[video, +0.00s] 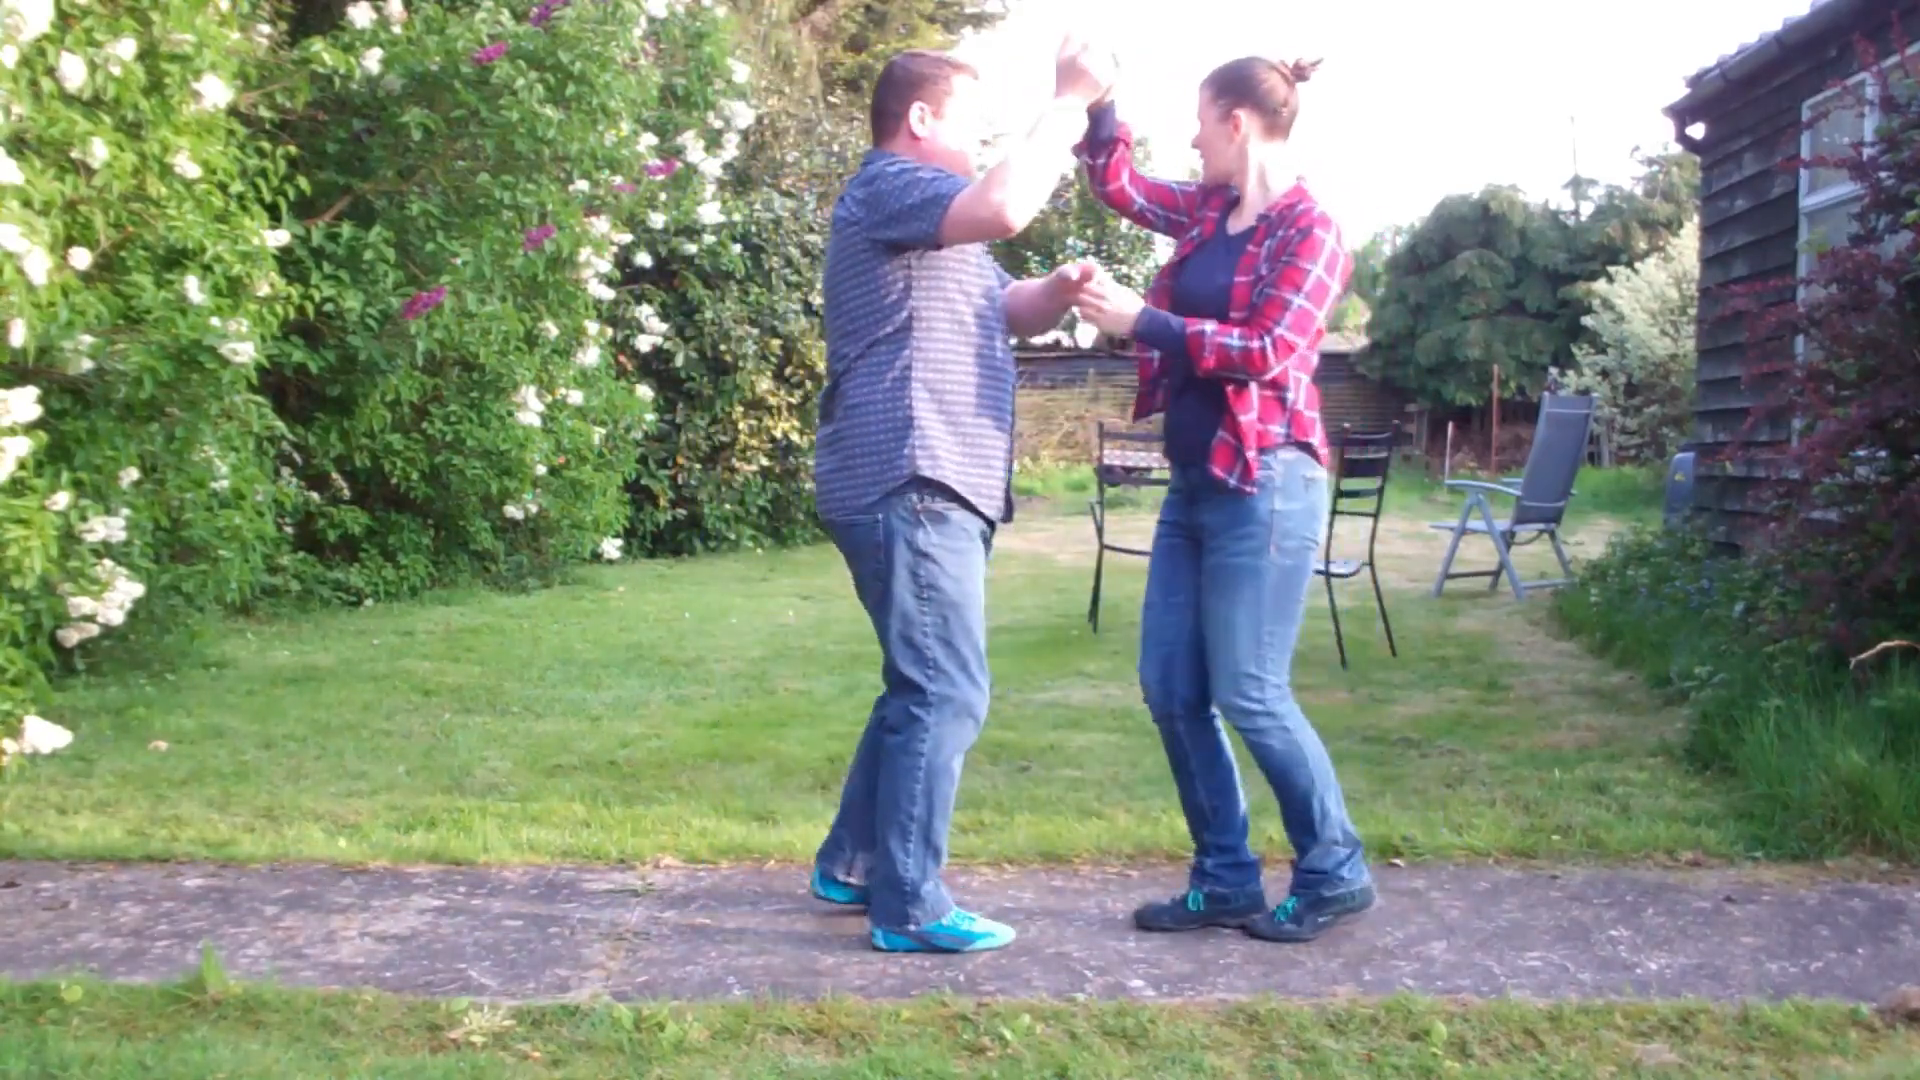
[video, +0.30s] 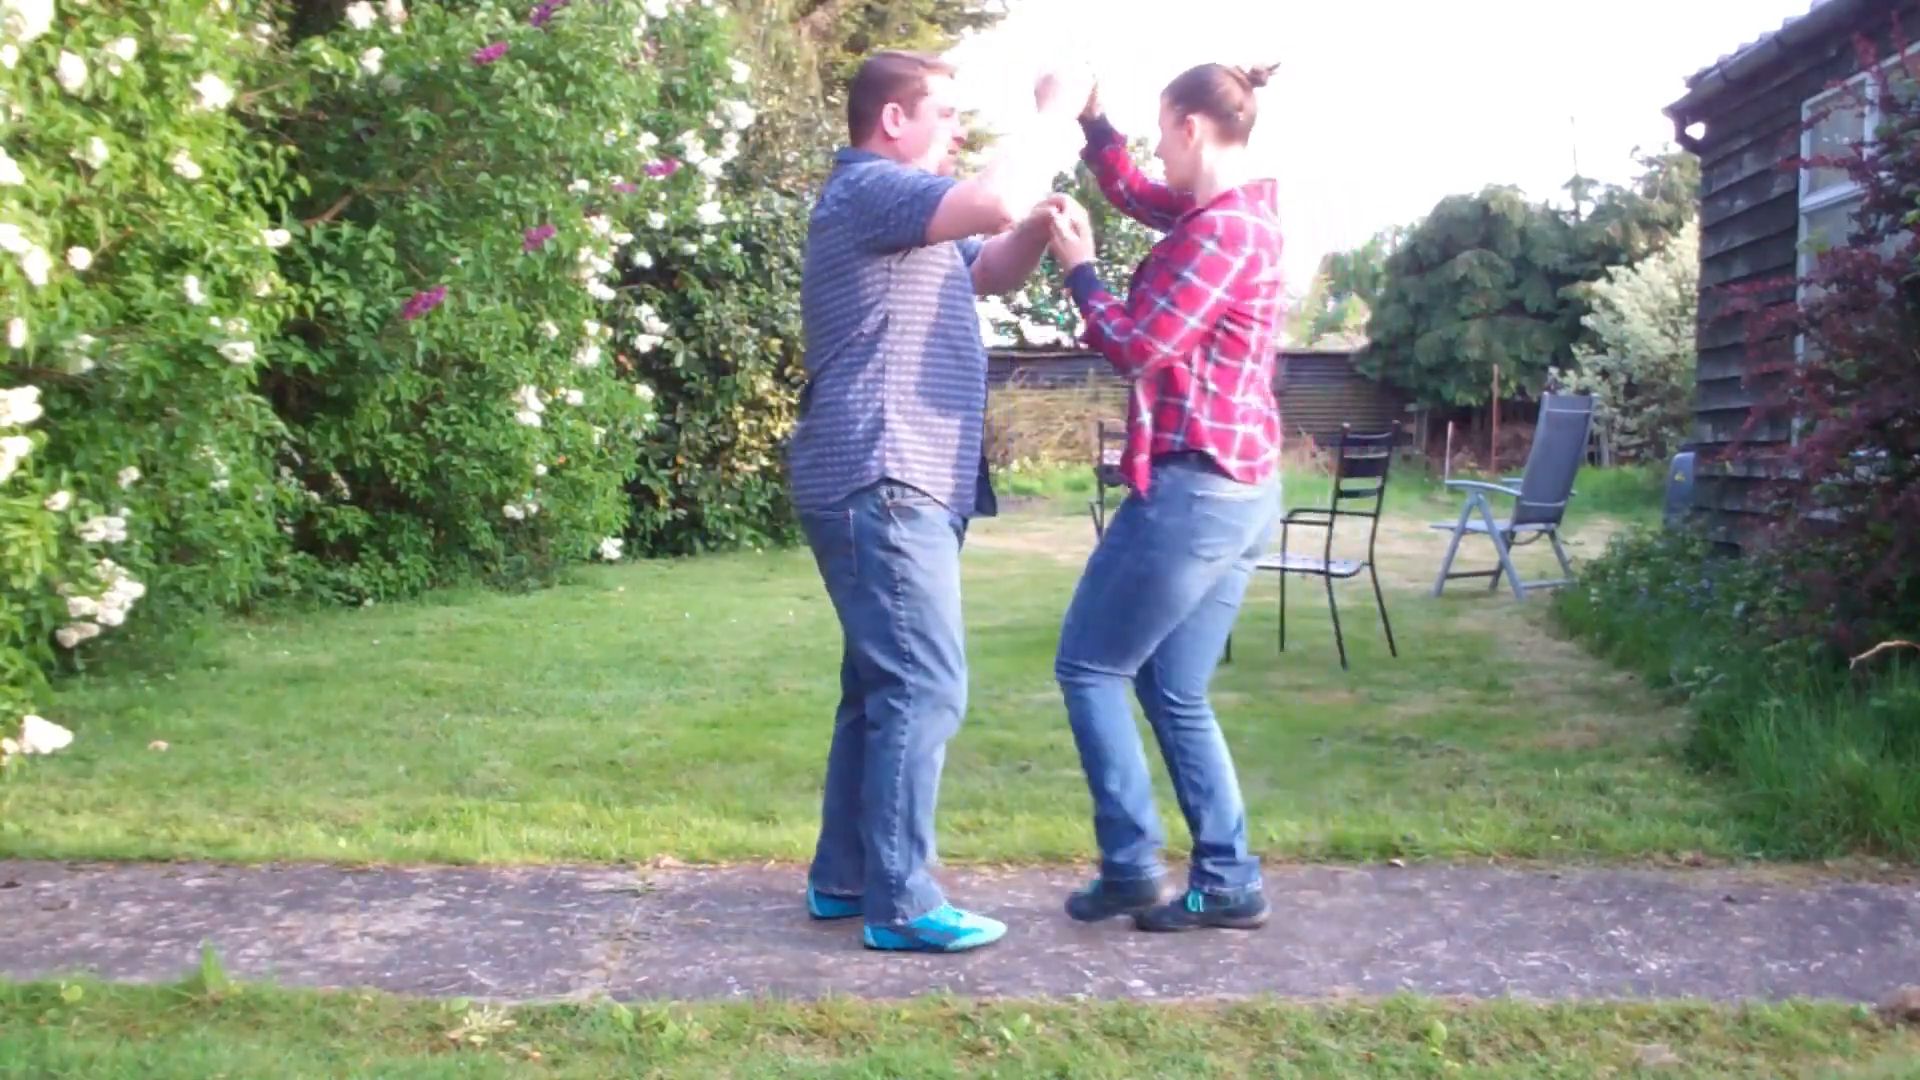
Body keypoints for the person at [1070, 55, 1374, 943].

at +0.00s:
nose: (1192, 140)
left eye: (1200, 124)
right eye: (1195, 125)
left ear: (1237, 124)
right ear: (1243, 126)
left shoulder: (1310, 229)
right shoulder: (1209, 210)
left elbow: (1269, 351)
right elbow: (1122, 186)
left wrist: (1143, 322)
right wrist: (1096, 103)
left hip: (1270, 480)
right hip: (1194, 482)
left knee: (1248, 687)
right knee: (1172, 684)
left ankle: (1335, 870)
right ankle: (1226, 880)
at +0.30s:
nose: (1156, 153)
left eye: (1162, 136)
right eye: (1159, 138)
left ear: (1191, 130)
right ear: (1224, 133)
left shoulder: (1217, 230)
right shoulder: (1250, 218)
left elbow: (1131, 346)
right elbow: (1132, 189)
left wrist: (1079, 267)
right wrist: (1088, 114)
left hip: (1191, 487)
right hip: (1244, 489)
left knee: (1089, 666)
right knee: (1176, 690)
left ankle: (1130, 864)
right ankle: (1229, 880)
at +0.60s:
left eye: (1111, 129)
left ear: (1112, 137)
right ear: (1192, 143)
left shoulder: (1081, 230)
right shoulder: (1210, 217)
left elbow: (1017, 298)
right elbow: (1235, 152)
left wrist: (1061, 203)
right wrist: (1172, 94)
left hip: (1111, 494)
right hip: (1214, 489)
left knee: (1074, 689)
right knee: (1165, 688)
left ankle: (1033, 874)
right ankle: (1219, 873)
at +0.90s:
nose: (1175, 149)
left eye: (1173, 134)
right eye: (1170, 133)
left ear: (1090, 125)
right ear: (1138, 131)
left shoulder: (1049, 216)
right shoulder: (1133, 200)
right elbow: (1233, 122)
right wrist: (1179, 37)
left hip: (1056, 481)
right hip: (1135, 484)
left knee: (1081, 692)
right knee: (1199, 688)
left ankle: (1034, 878)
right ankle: (1123, 874)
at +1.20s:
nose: (1162, 140)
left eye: (1173, 125)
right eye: (1146, 123)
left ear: (1186, 131)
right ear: (1103, 126)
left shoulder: (1184, 202)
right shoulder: (1076, 216)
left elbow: (1241, 104)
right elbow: (1096, 168)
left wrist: (1169, 22)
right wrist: (1085, 73)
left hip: (1202, 475)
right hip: (1117, 476)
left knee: (1224, 683)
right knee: (1145, 694)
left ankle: (1089, 803)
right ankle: (1108, 883)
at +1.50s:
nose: (1149, 137)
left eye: (1165, 122)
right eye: (1140, 121)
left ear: (1205, 128)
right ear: (1125, 135)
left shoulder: (1242, 205)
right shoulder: (1112, 230)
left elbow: (1188, 127)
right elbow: (1092, 352)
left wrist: (1095, 86)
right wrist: (1052, 449)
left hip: (1252, 476)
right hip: (1143, 479)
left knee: (1237, 691)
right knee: (1148, 691)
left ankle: (1308, 881)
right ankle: (1108, 880)